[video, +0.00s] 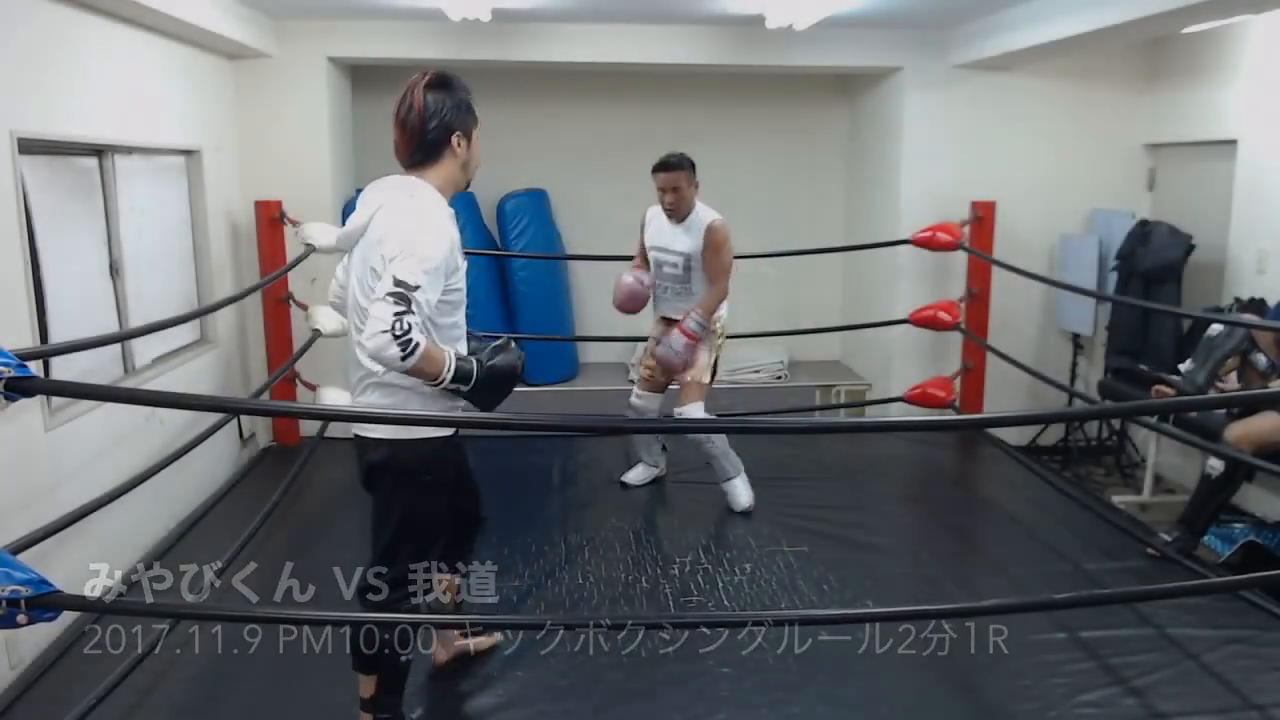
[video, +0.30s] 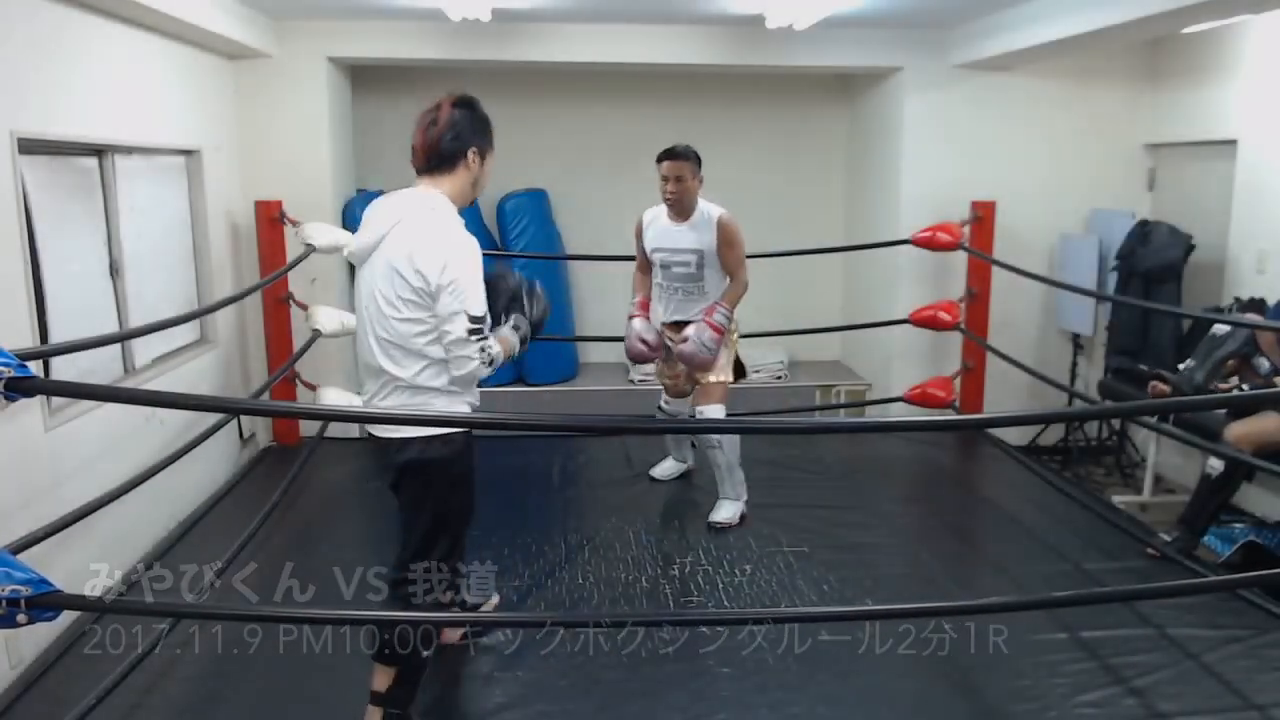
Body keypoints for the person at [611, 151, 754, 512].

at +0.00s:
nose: (667, 199)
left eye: (675, 191)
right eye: (661, 191)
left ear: (695, 187)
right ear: (655, 189)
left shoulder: (713, 229)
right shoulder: (653, 217)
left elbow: (719, 289)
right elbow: (642, 260)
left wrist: (686, 332)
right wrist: (635, 281)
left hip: (702, 324)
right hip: (665, 321)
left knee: (689, 413)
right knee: (642, 403)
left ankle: (732, 477)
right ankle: (653, 461)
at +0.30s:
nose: (670, 188)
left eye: (679, 180)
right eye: (664, 180)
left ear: (698, 181)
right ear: (657, 181)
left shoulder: (720, 224)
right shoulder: (647, 223)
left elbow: (739, 280)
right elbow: (643, 270)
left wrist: (713, 323)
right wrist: (640, 315)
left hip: (709, 331)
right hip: (667, 330)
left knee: (708, 418)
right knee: (673, 406)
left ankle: (732, 495)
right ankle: (681, 458)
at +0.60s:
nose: (673, 181)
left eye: (682, 173)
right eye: (667, 173)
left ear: (703, 173)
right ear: (661, 174)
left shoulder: (724, 217)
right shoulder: (651, 217)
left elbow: (729, 277)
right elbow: (639, 269)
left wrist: (692, 277)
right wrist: (622, 279)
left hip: (721, 328)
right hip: (673, 329)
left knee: (726, 421)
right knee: (645, 410)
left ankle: (733, 498)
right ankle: (647, 494)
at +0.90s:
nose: (646, 182)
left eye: (655, 174)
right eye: (640, 174)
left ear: (676, 173)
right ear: (633, 175)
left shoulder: (699, 213)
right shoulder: (630, 214)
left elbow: (688, 261)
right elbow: (599, 263)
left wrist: (660, 233)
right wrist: (587, 228)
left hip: (703, 331)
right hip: (656, 334)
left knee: (708, 422)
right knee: (639, 420)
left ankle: (729, 492)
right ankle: (637, 506)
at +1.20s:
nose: (660, 178)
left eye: (670, 170)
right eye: (654, 169)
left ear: (691, 170)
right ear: (647, 170)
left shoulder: (711, 210)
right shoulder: (640, 210)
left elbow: (725, 268)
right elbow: (612, 265)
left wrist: (687, 253)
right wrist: (602, 244)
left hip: (714, 328)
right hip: (668, 332)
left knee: (724, 427)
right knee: (647, 422)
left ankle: (753, 510)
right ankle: (637, 505)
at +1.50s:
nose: (689, 176)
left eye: (698, 167)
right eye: (684, 168)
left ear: (723, 166)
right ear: (679, 168)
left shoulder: (743, 209)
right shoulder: (679, 207)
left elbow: (744, 270)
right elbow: (652, 260)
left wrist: (698, 245)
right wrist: (639, 226)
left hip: (742, 330)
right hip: (704, 331)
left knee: (737, 425)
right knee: (675, 409)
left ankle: (753, 514)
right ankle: (707, 476)